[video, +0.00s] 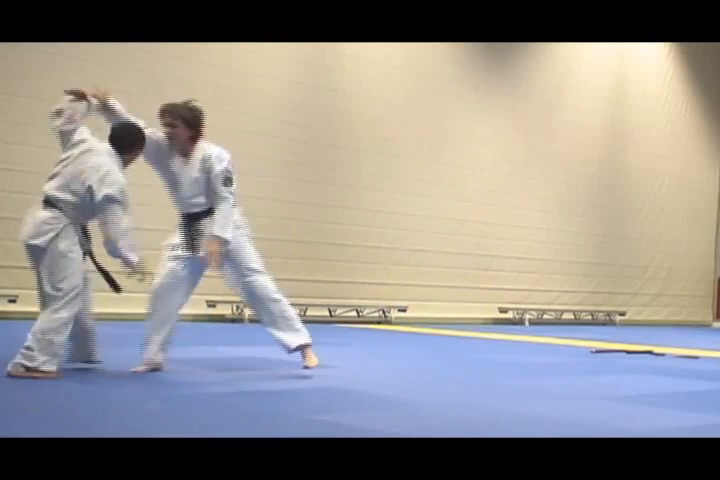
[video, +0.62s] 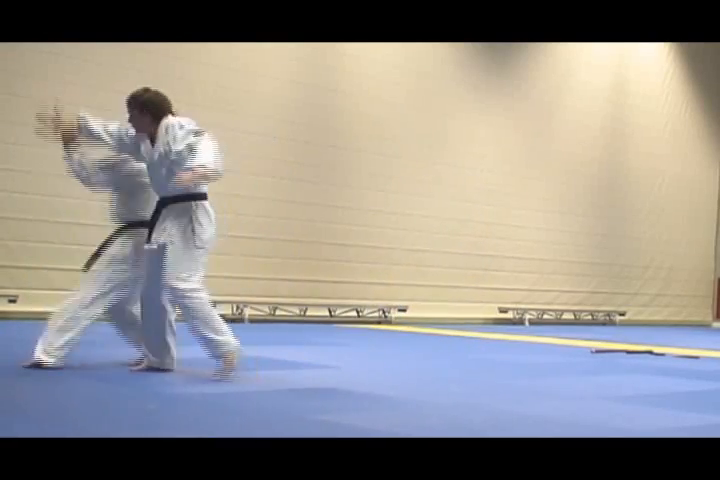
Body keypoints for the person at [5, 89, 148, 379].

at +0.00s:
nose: (140, 153)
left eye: (140, 147)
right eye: (140, 149)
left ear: (112, 138)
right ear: (135, 151)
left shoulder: (85, 143)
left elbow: (66, 123)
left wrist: (81, 99)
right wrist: (133, 261)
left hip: (40, 221)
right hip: (59, 229)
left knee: (78, 289)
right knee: (67, 295)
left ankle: (83, 351)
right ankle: (33, 361)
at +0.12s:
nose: (131, 159)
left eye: (132, 153)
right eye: (131, 153)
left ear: (104, 142)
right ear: (124, 151)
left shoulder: (73, 145)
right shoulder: (115, 179)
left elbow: (32, 127)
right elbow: (124, 224)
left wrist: (60, 108)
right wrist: (107, 234)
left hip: (40, 227)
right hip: (68, 235)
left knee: (42, 297)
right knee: (78, 305)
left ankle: (56, 356)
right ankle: (33, 362)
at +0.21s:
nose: (122, 151)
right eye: (120, 147)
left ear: (87, 143)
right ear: (114, 148)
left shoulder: (62, 154)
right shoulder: (121, 172)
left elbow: (21, 139)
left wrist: (38, 116)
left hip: (50, 232)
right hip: (83, 238)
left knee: (48, 297)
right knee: (82, 311)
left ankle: (46, 357)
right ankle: (34, 361)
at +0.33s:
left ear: (73, 149)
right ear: (103, 144)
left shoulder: (67, 164)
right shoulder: (126, 168)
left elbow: (27, 150)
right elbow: (153, 198)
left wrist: (41, 126)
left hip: (71, 240)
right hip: (105, 245)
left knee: (44, 290)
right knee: (79, 309)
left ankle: (45, 355)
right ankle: (34, 354)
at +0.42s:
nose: (75, 149)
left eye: (77, 145)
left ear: (80, 146)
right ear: (105, 143)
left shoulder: (80, 163)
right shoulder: (131, 165)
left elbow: (39, 152)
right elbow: (158, 193)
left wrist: (51, 118)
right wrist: (134, 212)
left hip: (82, 238)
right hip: (117, 245)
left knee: (50, 297)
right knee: (91, 316)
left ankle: (42, 355)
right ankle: (58, 337)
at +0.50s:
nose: (88, 154)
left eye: (91, 151)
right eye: (90, 151)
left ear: (97, 149)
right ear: (122, 149)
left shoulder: (96, 164)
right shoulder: (138, 173)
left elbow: (58, 154)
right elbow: (153, 199)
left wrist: (60, 118)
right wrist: (141, 230)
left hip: (96, 241)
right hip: (128, 250)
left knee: (56, 297)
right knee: (106, 309)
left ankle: (46, 354)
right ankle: (93, 333)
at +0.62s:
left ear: (135, 141)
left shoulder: (132, 164)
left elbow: (91, 176)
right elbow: (92, 175)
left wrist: (70, 147)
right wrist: (72, 147)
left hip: (139, 235)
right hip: (138, 235)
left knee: (91, 294)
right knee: (117, 304)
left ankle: (49, 354)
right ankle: (154, 351)